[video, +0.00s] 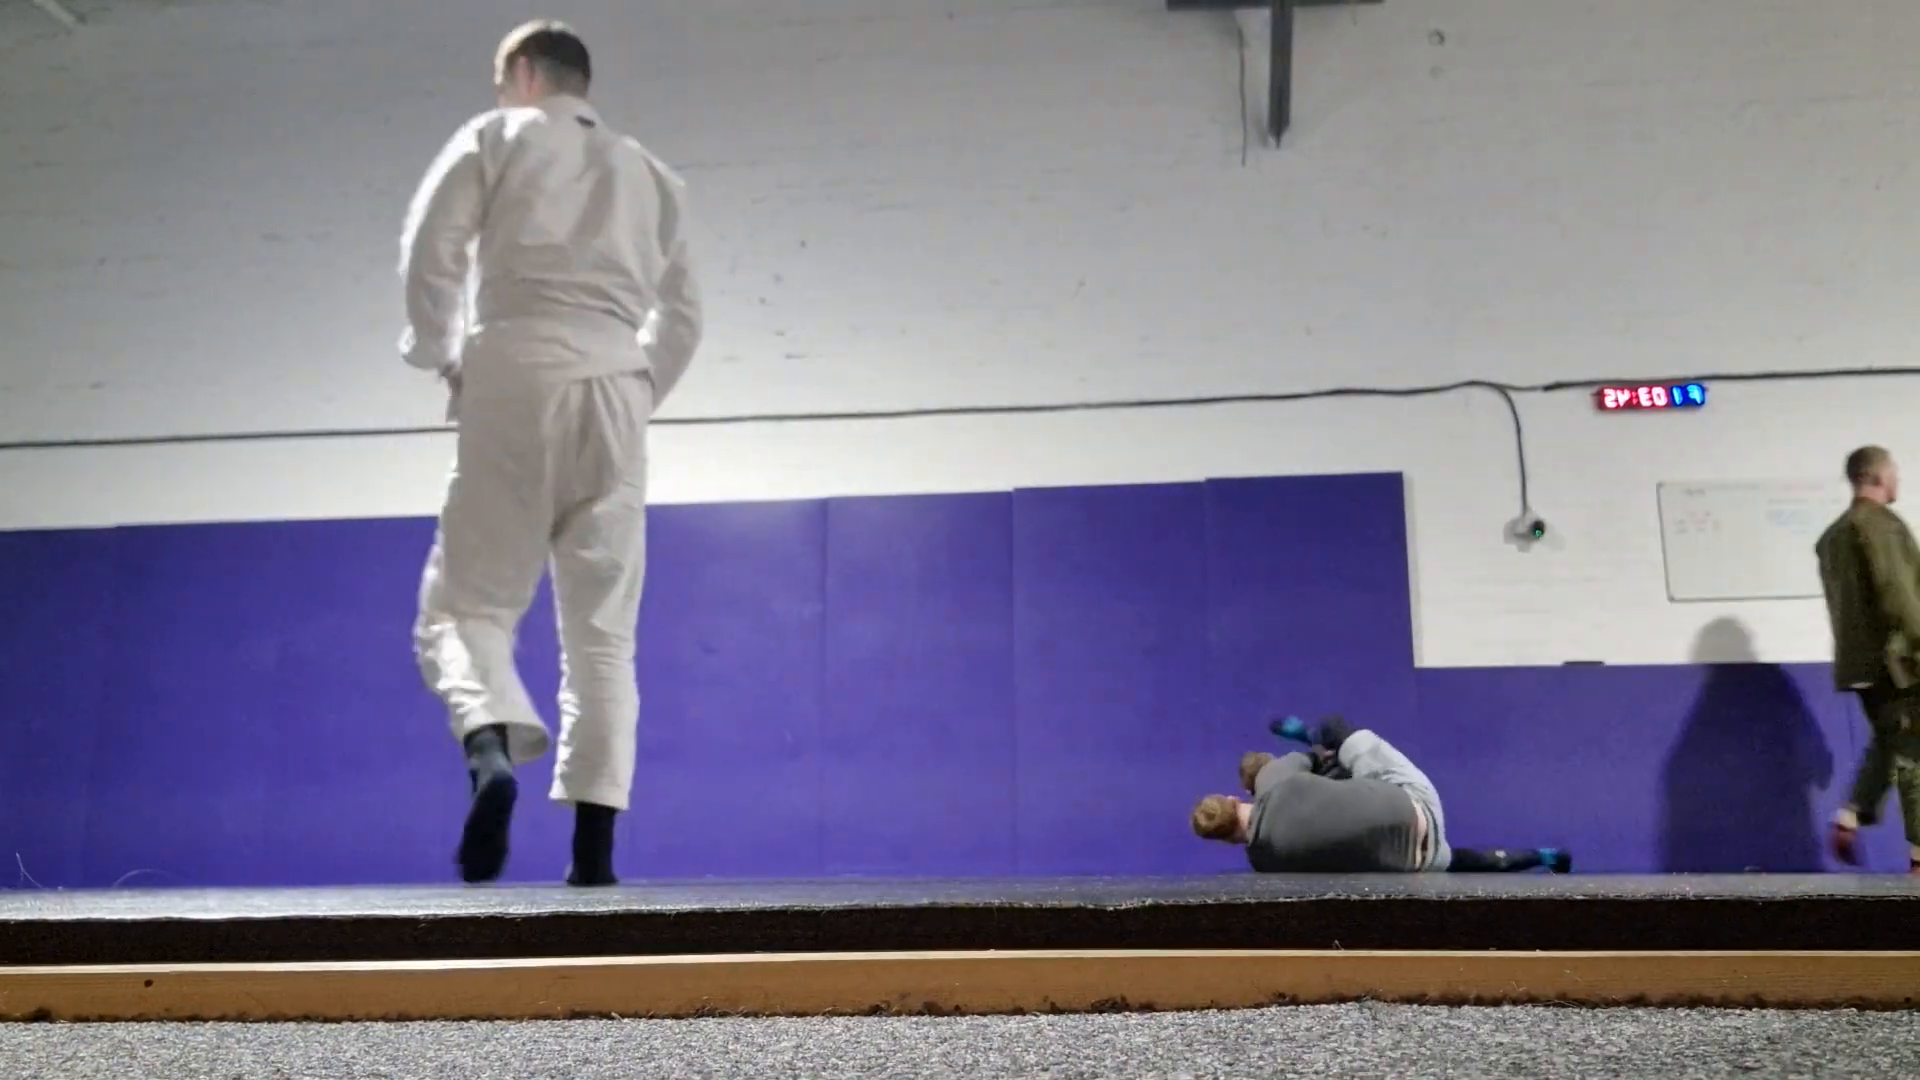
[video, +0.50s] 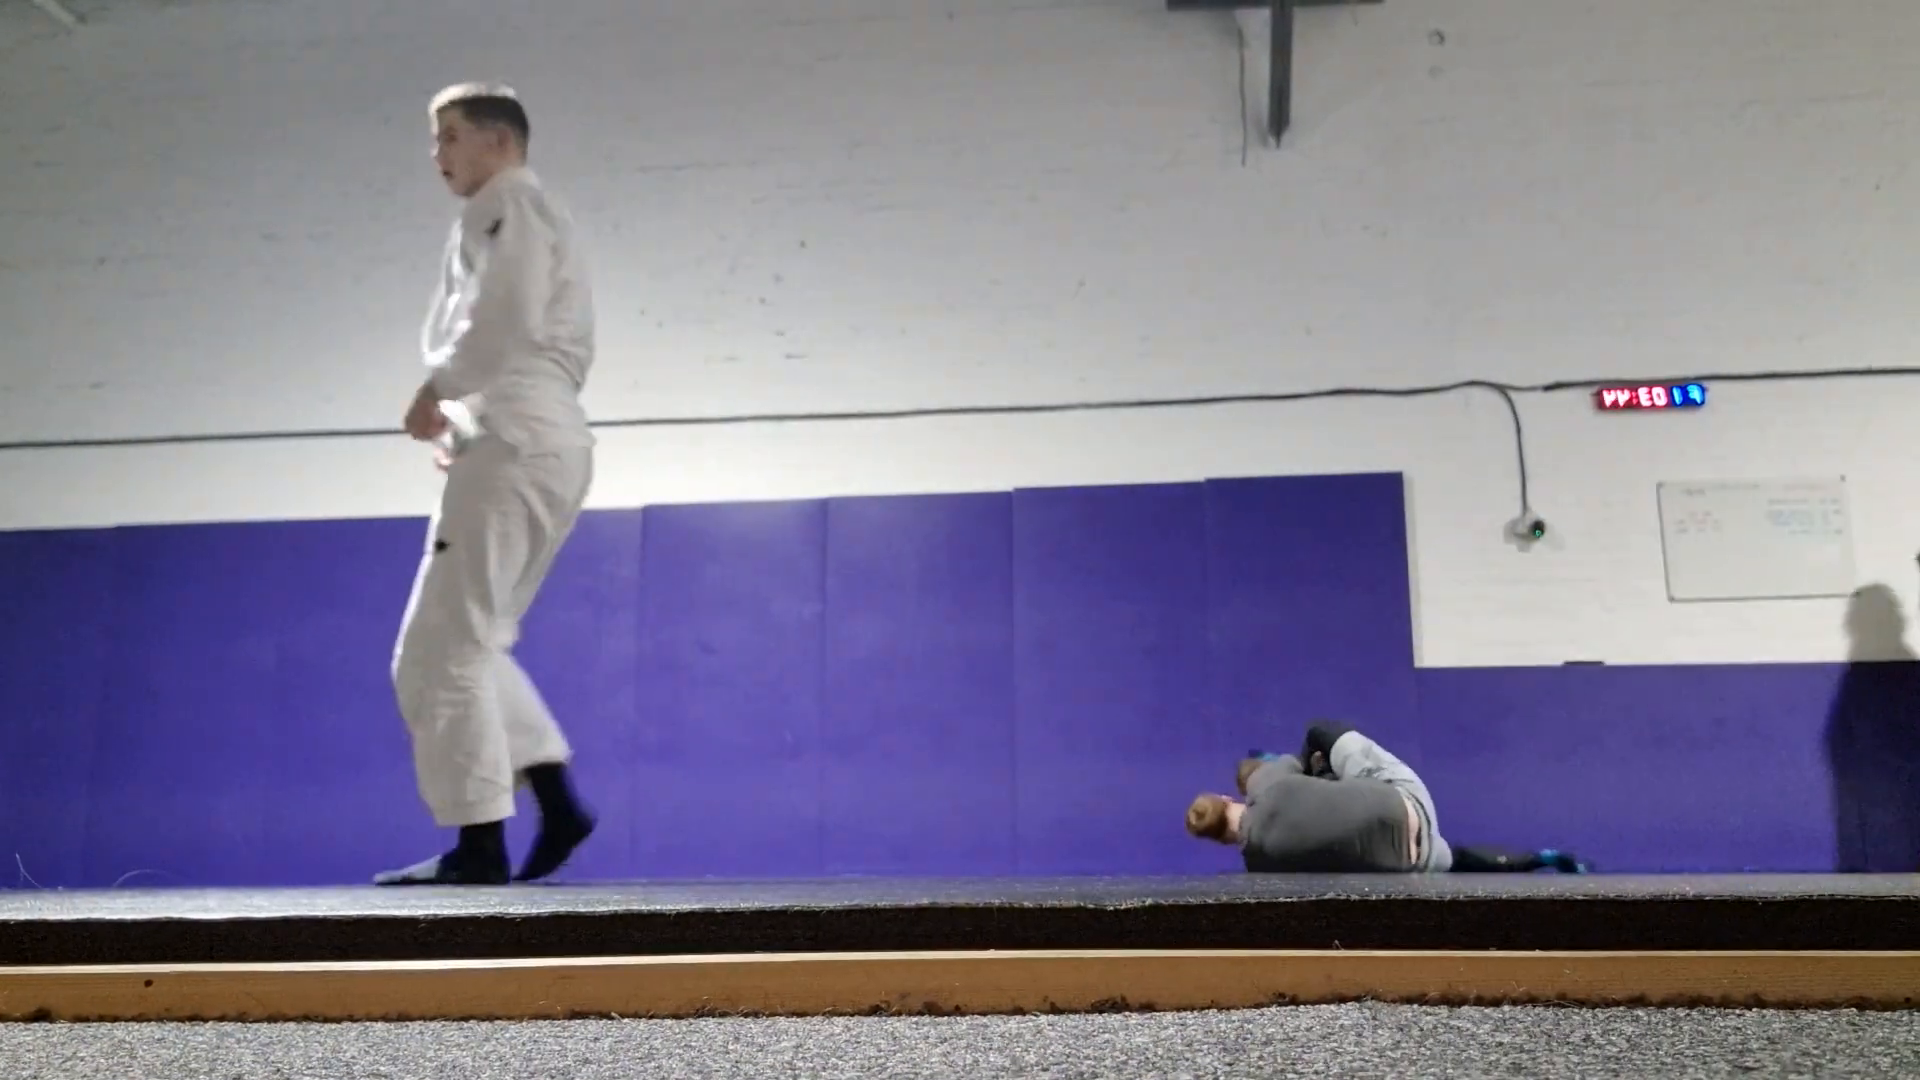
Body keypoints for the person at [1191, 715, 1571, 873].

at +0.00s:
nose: (1257, 769)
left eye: (1221, 829)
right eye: (1250, 775)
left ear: (1226, 840)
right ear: (1242, 792)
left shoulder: (1265, 863)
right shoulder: (1273, 779)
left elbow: (1323, 861)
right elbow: (1317, 758)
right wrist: (1322, 755)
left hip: (1418, 861)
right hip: (1419, 809)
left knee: (1451, 858)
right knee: (1355, 738)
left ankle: (1533, 859)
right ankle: (1314, 734)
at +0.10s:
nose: (1252, 779)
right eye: (1248, 780)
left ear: (1224, 841)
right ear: (1243, 791)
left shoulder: (1267, 864)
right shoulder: (1273, 779)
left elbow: (1324, 858)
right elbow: (1317, 760)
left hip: (1418, 860)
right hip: (1414, 806)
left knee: (1457, 860)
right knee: (1341, 747)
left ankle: (1539, 858)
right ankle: (1303, 723)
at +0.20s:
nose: (1244, 772)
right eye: (1240, 778)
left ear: (1223, 839)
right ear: (1238, 793)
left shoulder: (1262, 862)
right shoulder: (1268, 783)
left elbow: (1325, 852)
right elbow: (1311, 752)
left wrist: (1318, 781)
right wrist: (1316, 768)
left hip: (1414, 855)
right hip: (1405, 799)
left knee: (1471, 857)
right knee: (1326, 740)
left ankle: (1549, 858)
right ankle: (1262, 716)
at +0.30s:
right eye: (1233, 787)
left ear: (1220, 842)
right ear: (1232, 796)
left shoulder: (1261, 863)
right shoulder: (1269, 789)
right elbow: (1303, 751)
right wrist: (1276, 760)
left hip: (1412, 855)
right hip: (1400, 804)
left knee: (1472, 854)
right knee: (1312, 733)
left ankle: (1552, 855)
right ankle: (1265, 754)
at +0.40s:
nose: (1250, 772)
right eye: (1244, 778)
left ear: (1219, 841)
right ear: (1232, 794)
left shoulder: (1260, 864)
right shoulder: (1265, 782)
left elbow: (1323, 864)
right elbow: (1305, 753)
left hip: (1410, 857)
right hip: (1398, 801)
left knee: (1471, 856)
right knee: (1311, 731)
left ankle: (1550, 854)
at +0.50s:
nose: (1255, 773)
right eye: (1247, 777)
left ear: (1219, 840)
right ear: (1234, 794)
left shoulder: (1259, 862)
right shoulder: (1267, 783)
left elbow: (1319, 865)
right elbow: (1304, 757)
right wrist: (1302, 771)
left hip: (1413, 863)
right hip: (1407, 808)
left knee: (1459, 856)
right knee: (1320, 730)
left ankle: (1539, 861)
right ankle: (1321, 776)